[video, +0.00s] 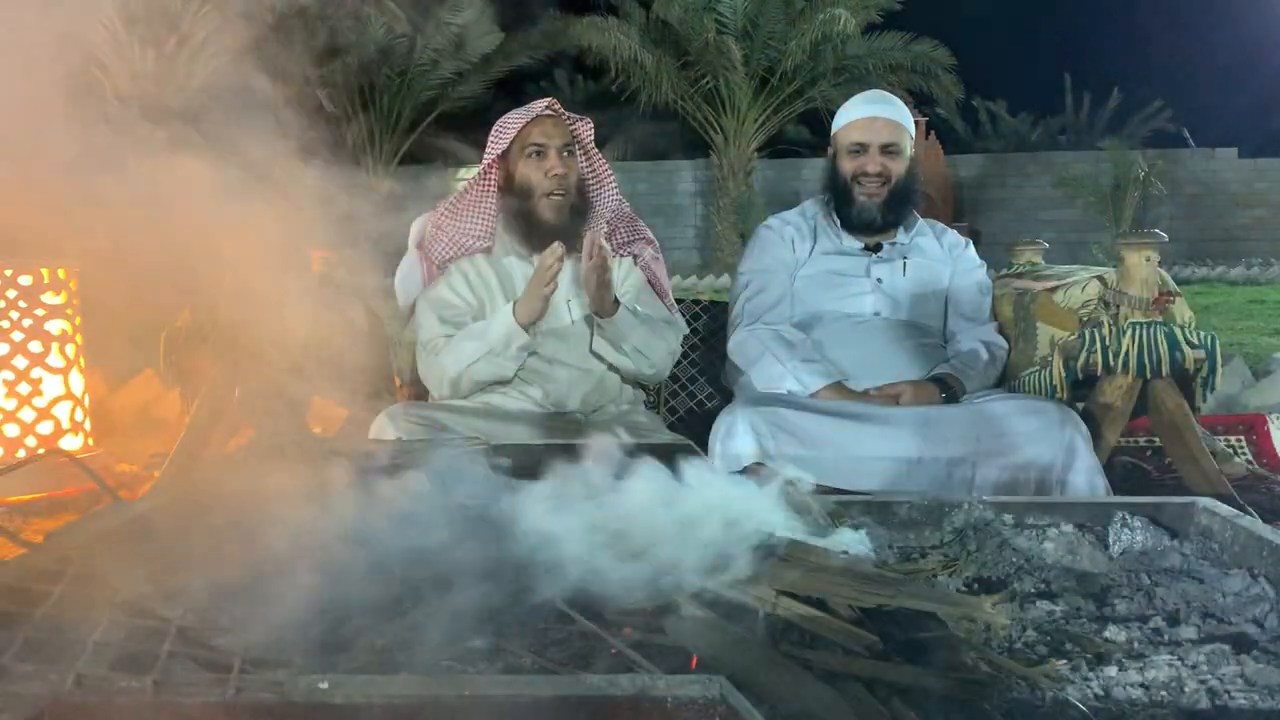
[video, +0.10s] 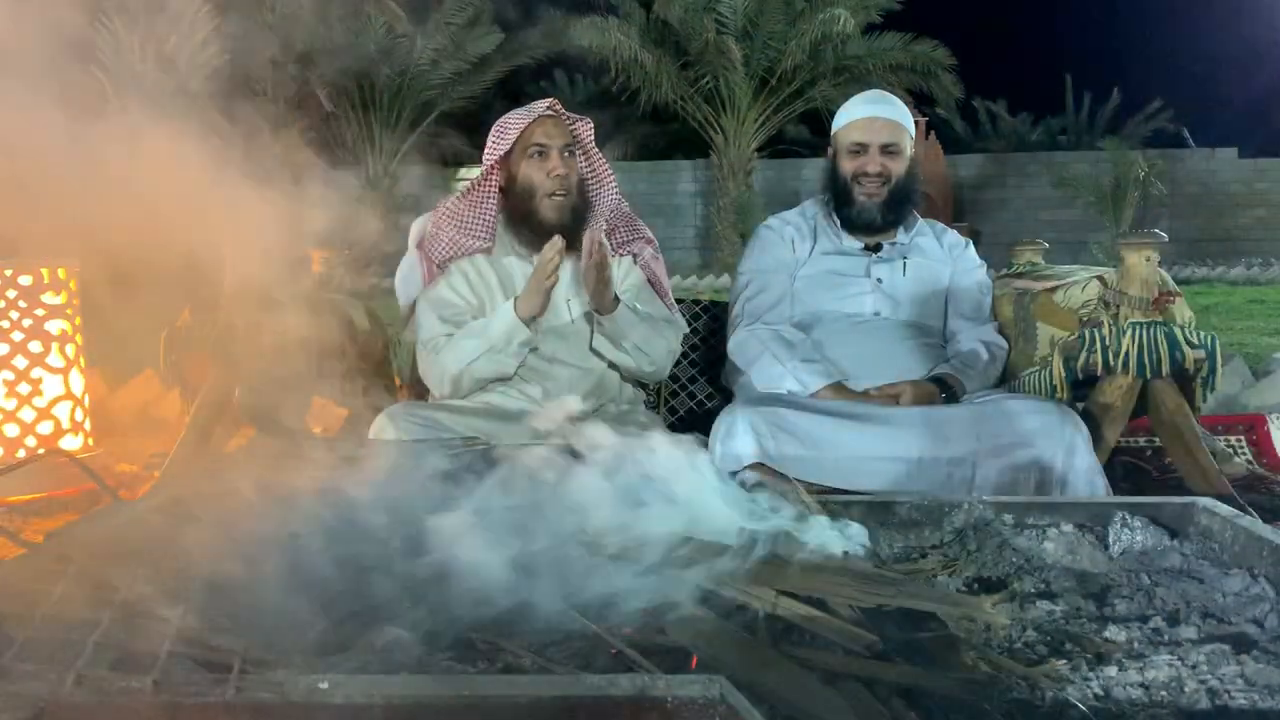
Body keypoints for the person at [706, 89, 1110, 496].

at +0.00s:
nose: (873, 167)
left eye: (889, 152)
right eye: (856, 151)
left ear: (912, 161)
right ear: (833, 159)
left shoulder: (951, 248)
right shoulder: (783, 236)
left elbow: (981, 344)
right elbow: (755, 341)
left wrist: (939, 387)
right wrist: (835, 397)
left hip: (936, 420)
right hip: (823, 417)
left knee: (1054, 427)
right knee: (741, 426)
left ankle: (1086, 587)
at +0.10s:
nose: (872, 167)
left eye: (889, 152)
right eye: (856, 151)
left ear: (912, 161)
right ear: (833, 159)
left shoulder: (951, 248)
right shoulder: (783, 236)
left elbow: (981, 343)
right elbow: (754, 341)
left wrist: (937, 388)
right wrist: (834, 396)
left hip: (937, 419)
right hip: (823, 416)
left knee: (1053, 427)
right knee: (742, 428)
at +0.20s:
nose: (872, 167)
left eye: (889, 152)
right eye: (856, 151)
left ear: (912, 162)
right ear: (832, 158)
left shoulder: (951, 248)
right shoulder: (784, 236)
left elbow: (981, 344)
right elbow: (753, 341)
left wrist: (938, 388)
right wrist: (834, 397)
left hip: (936, 419)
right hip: (822, 417)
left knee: (1055, 427)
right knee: (740, 426)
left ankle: (1093, 582)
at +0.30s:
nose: (872, 167)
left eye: (889, 152)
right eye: (856, 151)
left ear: (912, 162)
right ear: (832, 159)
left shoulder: (951, 249)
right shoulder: (785, 236)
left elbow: (981, 344)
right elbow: (754, 340)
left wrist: (939, 388)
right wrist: (835, 397)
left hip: (936, 420)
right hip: (821, 416)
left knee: (1057, 427)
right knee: (741, 427)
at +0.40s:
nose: (871, 167)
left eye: (889, 152)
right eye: (855, 151)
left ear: (912, 162)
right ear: (832, 158)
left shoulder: (952, 249)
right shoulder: (784, 236)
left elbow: (981, 343)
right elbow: (754, 339)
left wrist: (939, 388)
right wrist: (834, 397)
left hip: (934, 419)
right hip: (819, 416)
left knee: (1056, 426)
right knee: (737, 430)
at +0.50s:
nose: (871, 168)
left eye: (889, 152)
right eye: (856, 151)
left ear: (911, 162)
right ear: (832, 155)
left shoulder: (952, 249)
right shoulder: (784, 236)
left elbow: (980, 344)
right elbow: (755, 335)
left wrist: (937, 389)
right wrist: (837, 398)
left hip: (934, 419)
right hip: (817, 415)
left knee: (1055, 426)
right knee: (736, 428)